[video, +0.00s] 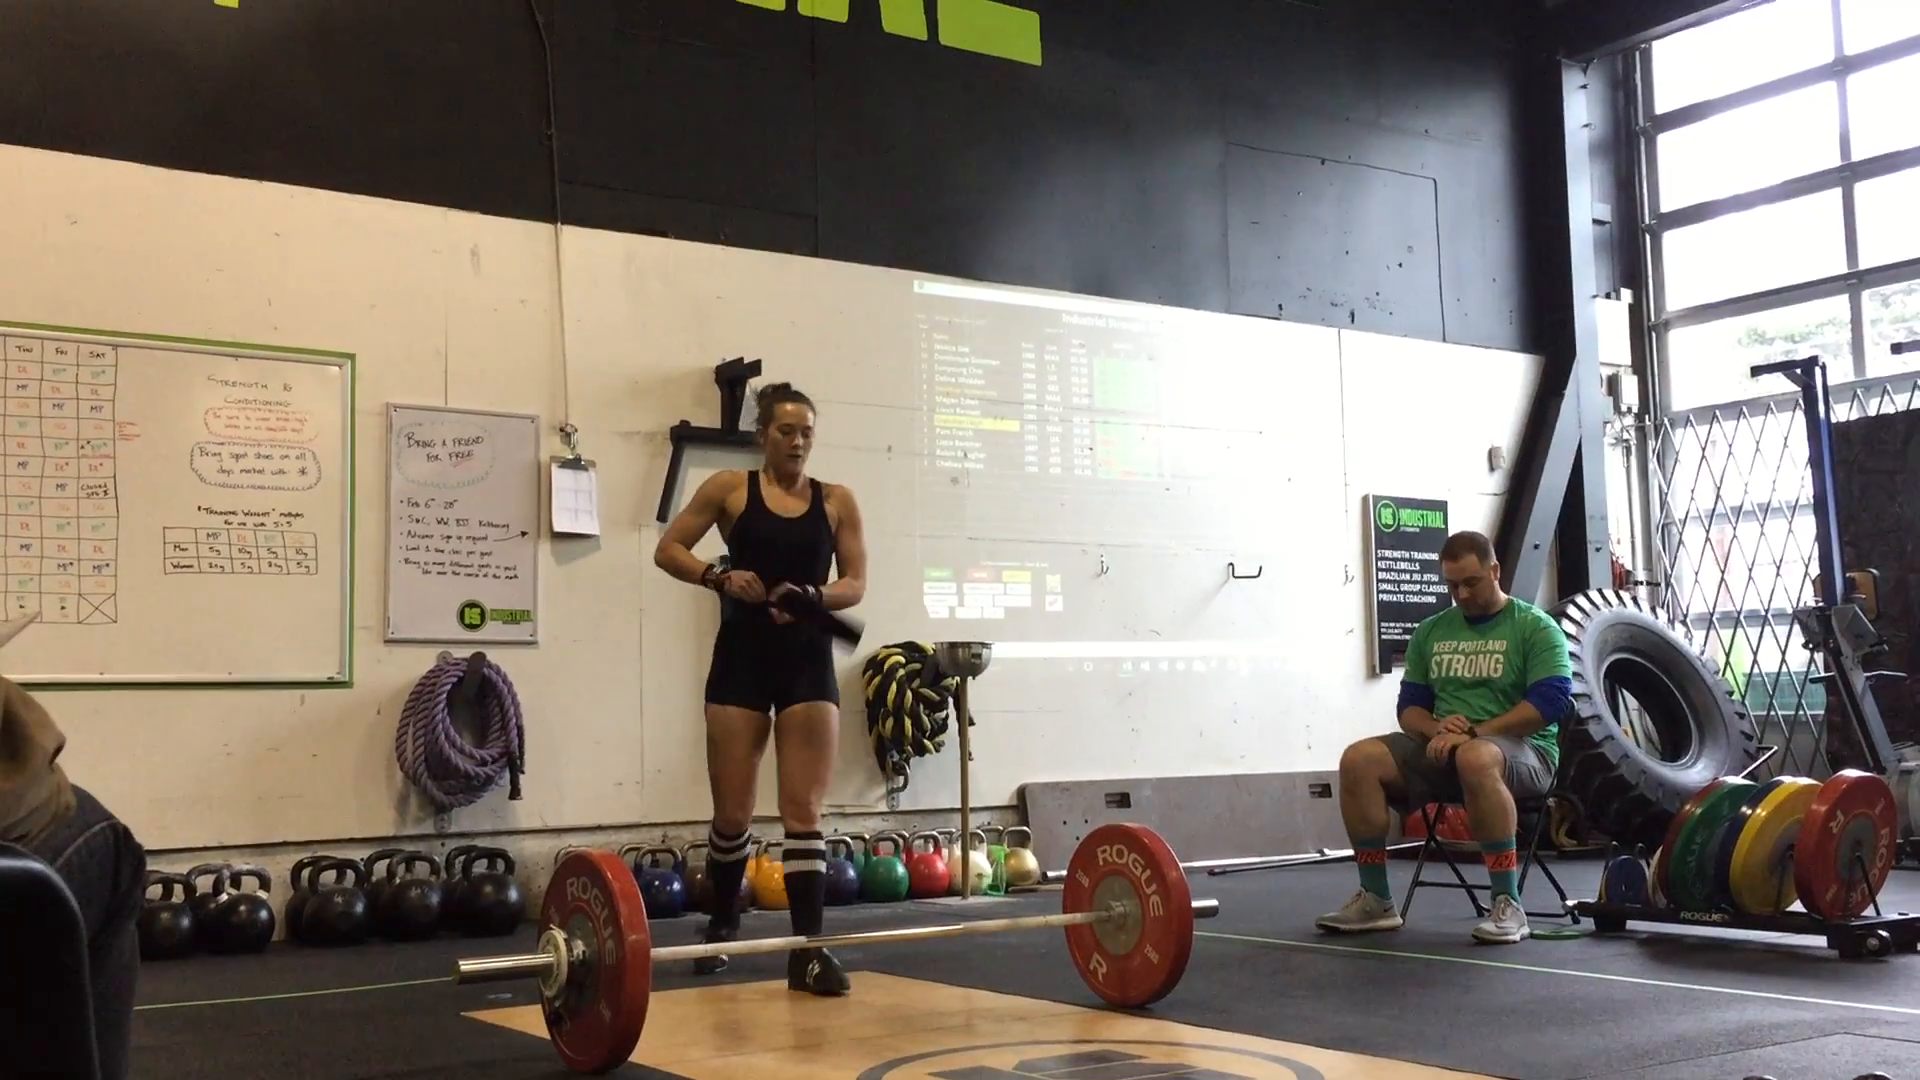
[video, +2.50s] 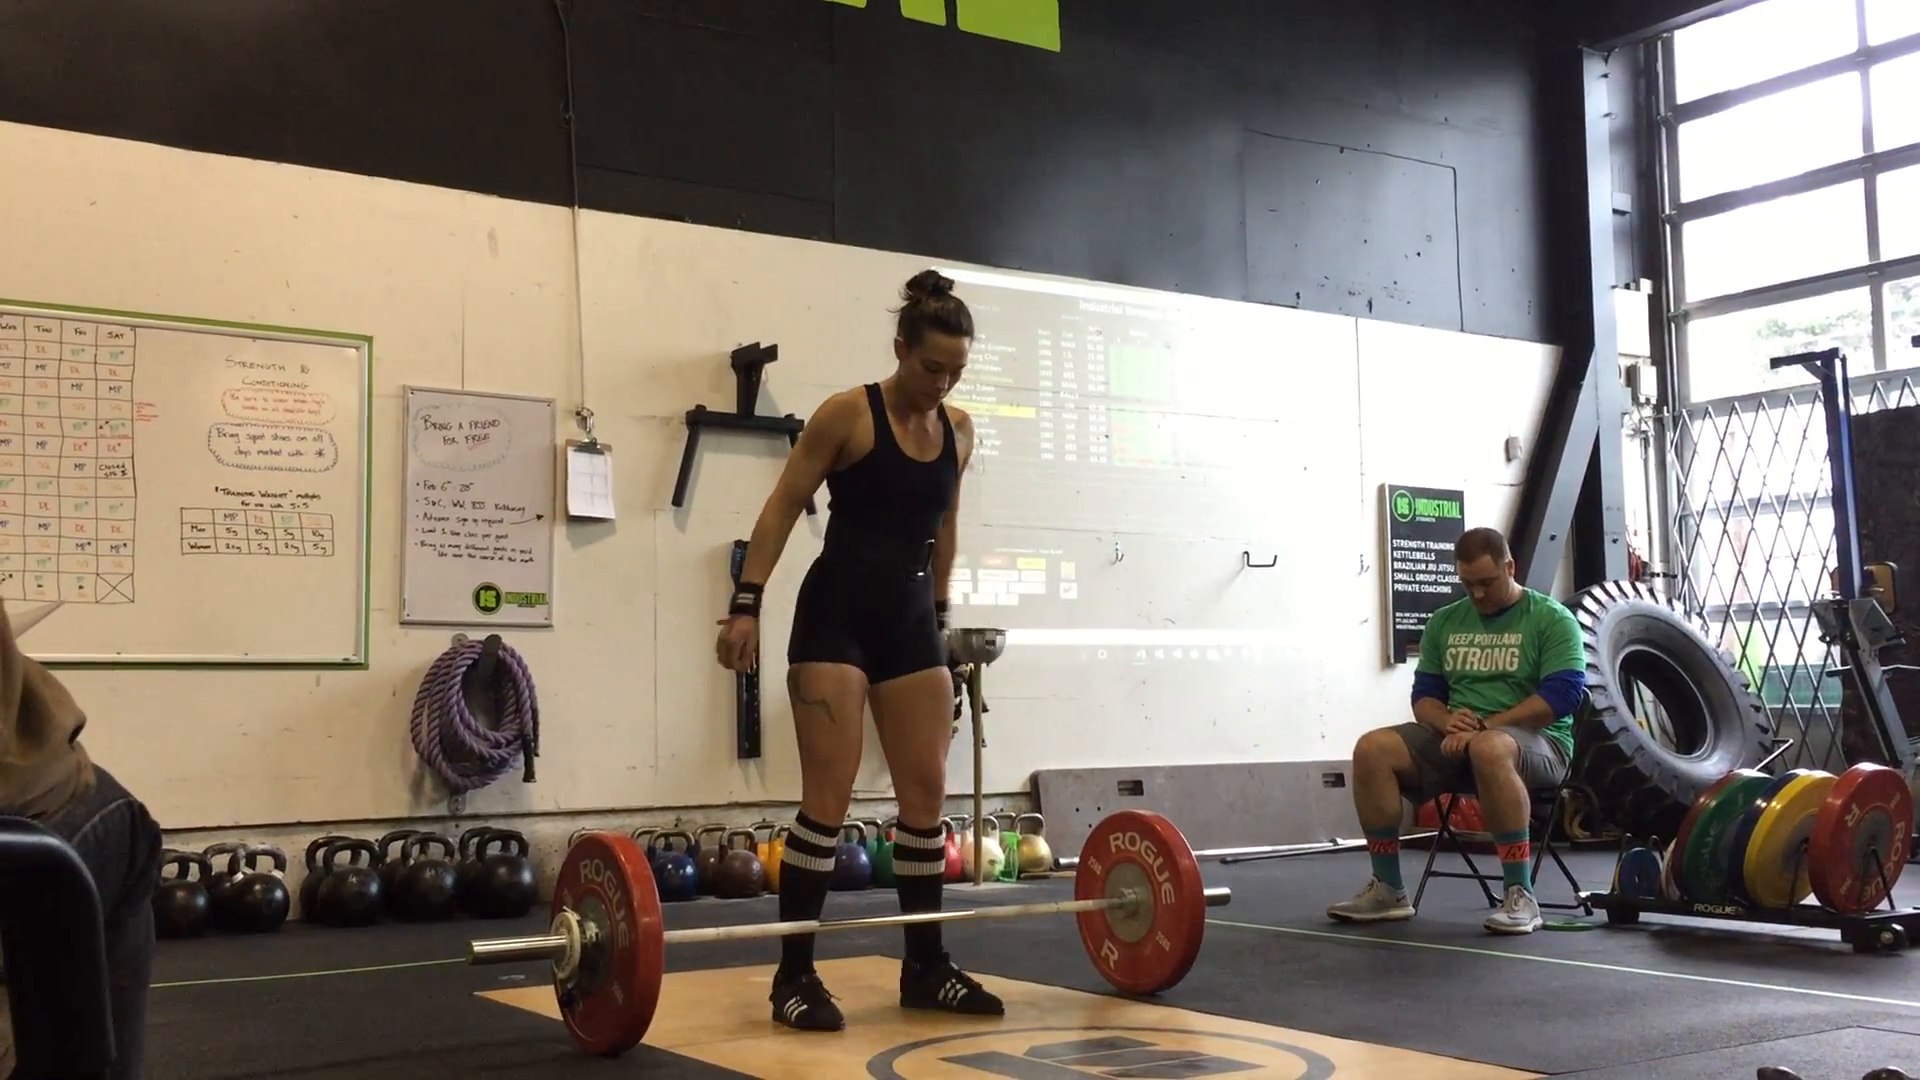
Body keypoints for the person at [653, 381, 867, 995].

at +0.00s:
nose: (797, 440)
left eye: (805, 431)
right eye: (786, 430)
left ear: (815, 435)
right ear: (762, 433)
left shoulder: (837, 502)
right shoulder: (727, 489)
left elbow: (854, 585)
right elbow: (669, 550)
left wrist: (815, 596)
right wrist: (720, 579)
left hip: (808, 667)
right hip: (741, 665)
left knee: (804, 811)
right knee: (731, 817)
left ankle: (808, 954)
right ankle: (719, 941)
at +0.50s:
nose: (816, 425)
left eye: (824, 415)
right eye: (804, 414)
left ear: (833, 416)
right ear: (776, 411)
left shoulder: (846, 481)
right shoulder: (745, 459)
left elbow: (873, 567)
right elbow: (693, 517)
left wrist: (815, 574)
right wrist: (729, 535)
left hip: (828, 659)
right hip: (758, 656)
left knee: (810, 815)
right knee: (748, 813)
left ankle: (803, 960)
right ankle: (720, 963)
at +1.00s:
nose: (815, 416)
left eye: (827, 404)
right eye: (804, 401)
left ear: (838, 398)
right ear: (776, 387)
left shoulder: (840, 467)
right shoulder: (723, 437)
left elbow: (853, 569)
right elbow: (692, 480)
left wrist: (782, 562)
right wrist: (704, 536)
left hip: (797, 632)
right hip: (723, 630)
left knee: (845, 794)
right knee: (726, 803)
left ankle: (826, 951)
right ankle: (733, 977)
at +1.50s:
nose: (910, 408)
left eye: (920, 396)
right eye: (898, 394)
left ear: (928, 388)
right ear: (867, 378)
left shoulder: (933, 456)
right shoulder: (815, 440)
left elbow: (956, 537)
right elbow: (743, 477)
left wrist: (933, 570)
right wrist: (788, 544)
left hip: (886, 630)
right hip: (812, 625)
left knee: (907, 806)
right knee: (798, 804)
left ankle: (943, 972)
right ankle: (747, 966)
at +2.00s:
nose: (950, 390)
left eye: (960, 377)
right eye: (939, 374)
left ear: (971, 366)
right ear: (906, 356)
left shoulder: (968, 439)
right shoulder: (853, 420)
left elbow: (1013, 529)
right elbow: (781, 492)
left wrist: (1083, 555)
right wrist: (791, 530)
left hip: (912, 619)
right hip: (837, 612)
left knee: (941, 782)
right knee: (828, 786)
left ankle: (943, 969)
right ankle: (785, 974)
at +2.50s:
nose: (944, 382)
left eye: (955, 369)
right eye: (933, 366)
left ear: (964, 359)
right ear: (900, 348)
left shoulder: (956, 428)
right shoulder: (845, 415)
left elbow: (945, 527)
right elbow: (783, 508)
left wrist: (935, 616)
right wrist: (745, 606)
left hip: (910, 618)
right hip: (834, 615)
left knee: (925, 792)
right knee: (829, 792)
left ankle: (926, 969)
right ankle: (794, 977)